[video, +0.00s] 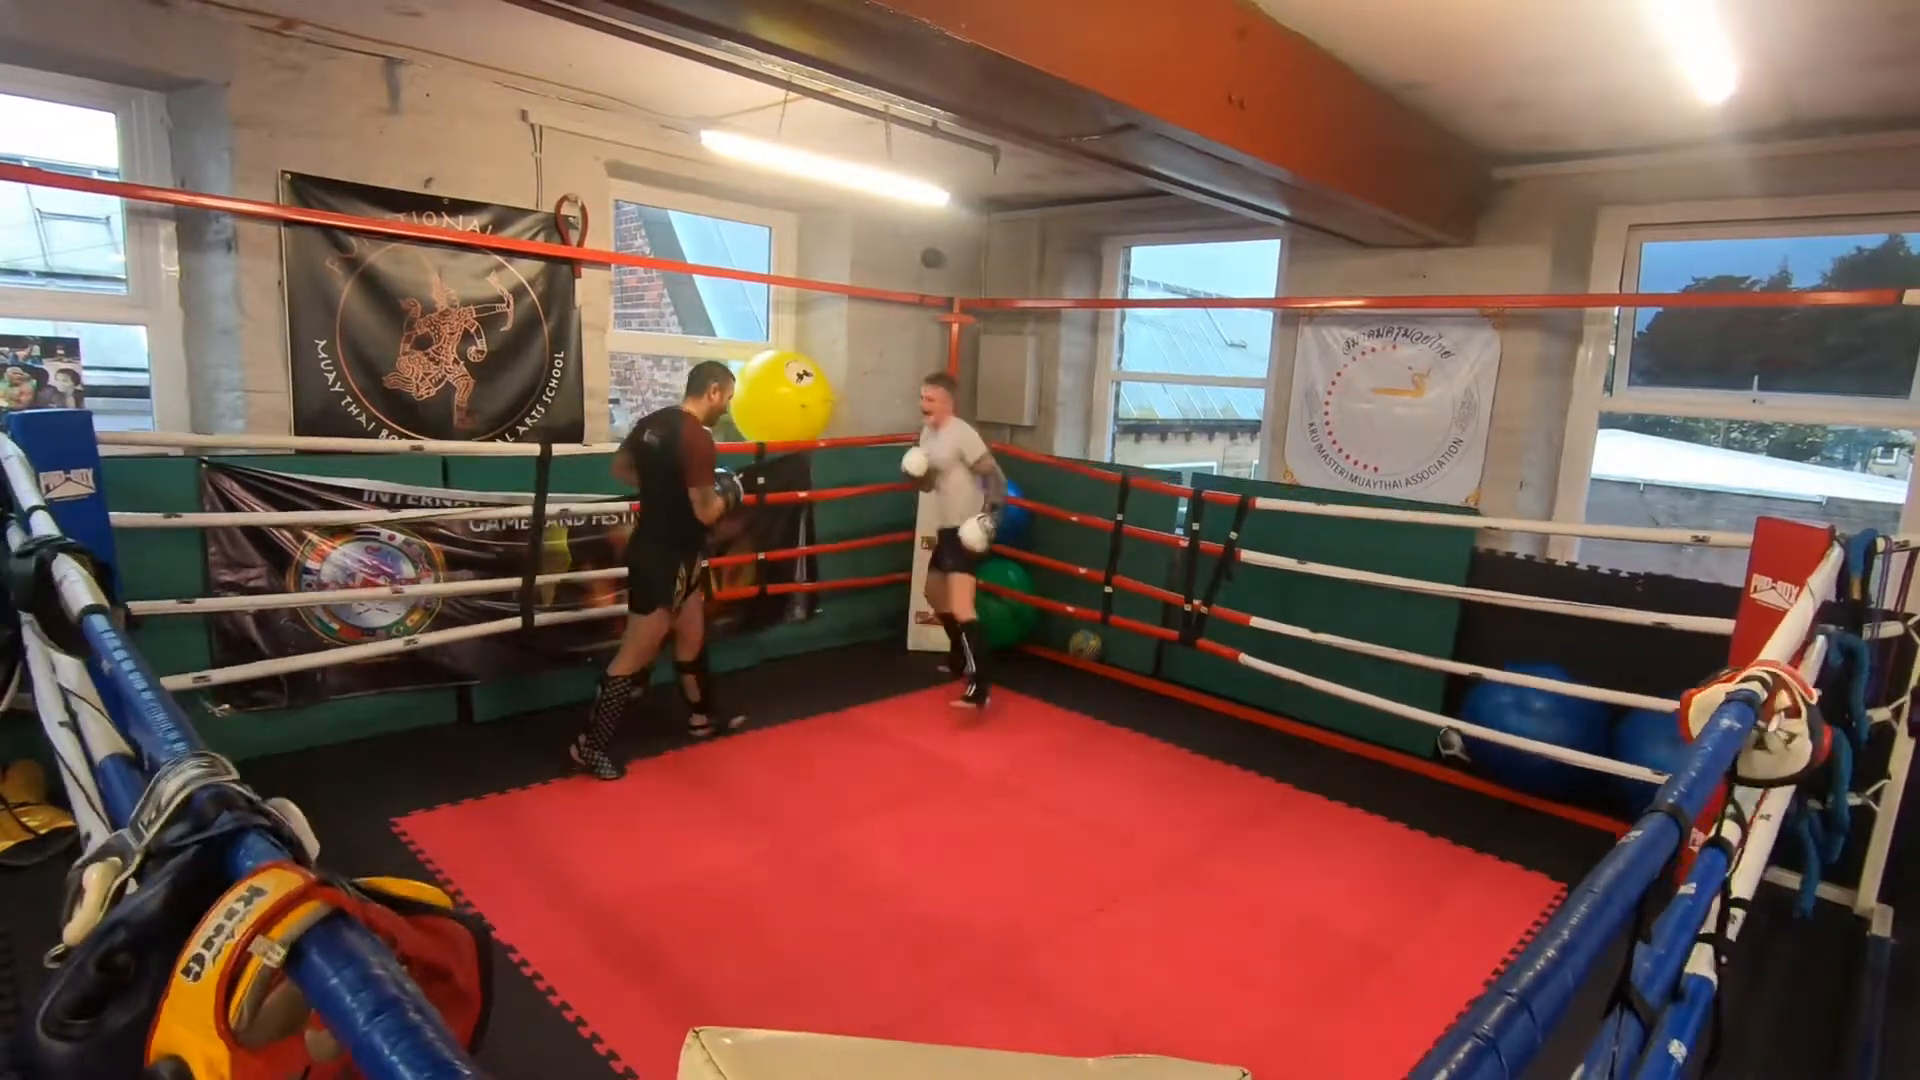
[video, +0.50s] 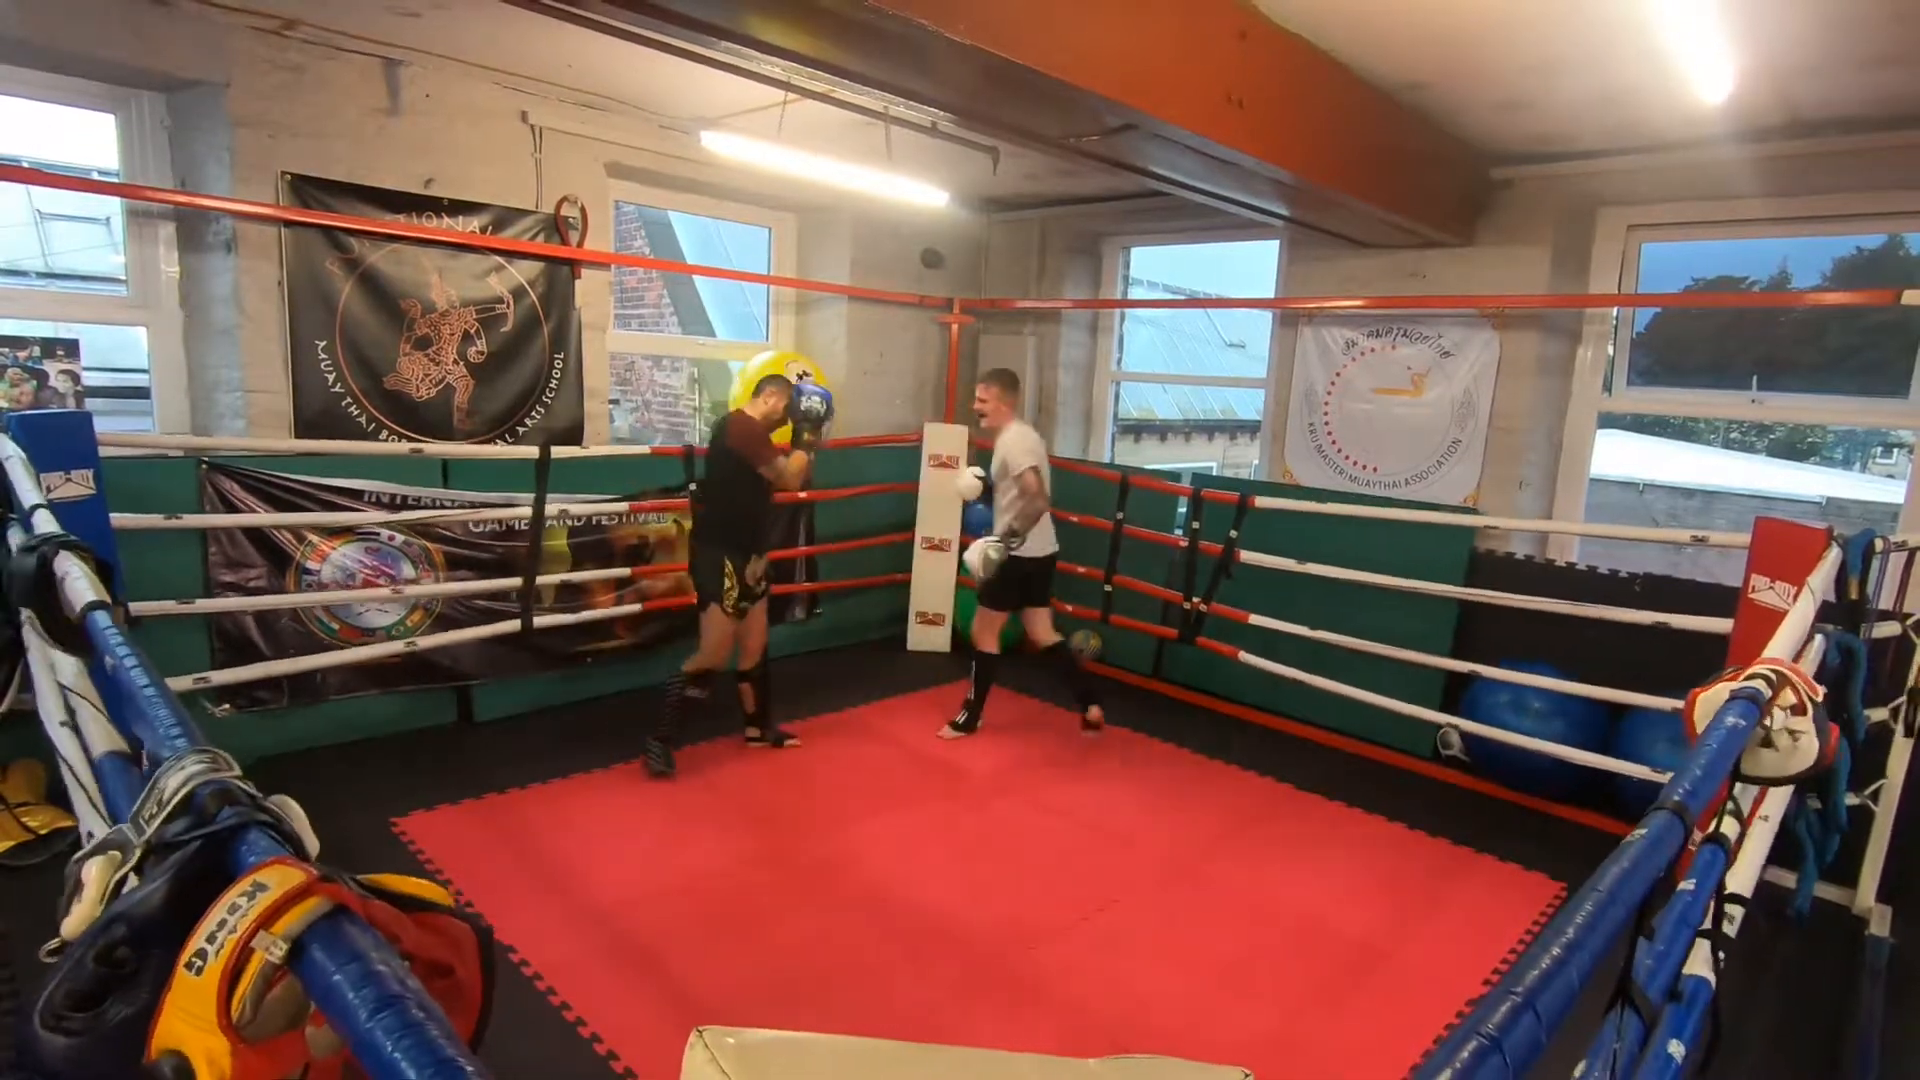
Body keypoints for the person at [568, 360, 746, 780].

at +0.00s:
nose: (727, 408)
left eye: (729, 400)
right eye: (727, 399)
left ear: (696, 390)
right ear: (713, 392)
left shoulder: (653, 422)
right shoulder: (696, 438)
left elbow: (621, 468)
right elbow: (706, 512)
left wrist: (665, 484)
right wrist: (730, 491)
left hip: (665, 550)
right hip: (666, 557)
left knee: (690, 636)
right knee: (639, 649)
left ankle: (701, 717)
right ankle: (591, 745)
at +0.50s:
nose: (783, 408)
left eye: (787, 403)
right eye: (780, 399)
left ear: (780, 407)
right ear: (763, 394)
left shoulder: (760, 435)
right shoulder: (740, 427)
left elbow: (790, 478)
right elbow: (789, 477)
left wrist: (807, 439)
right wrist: (808, 437)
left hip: (750, 552)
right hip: (720, 551)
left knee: (754, 645)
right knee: (715, 652)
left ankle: (758, 727)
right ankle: (661, 740)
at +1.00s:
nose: (789, 417)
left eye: (792, 410)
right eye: (785, 408)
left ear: (778, 407)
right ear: (761, 401)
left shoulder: (777, 439)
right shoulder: (727, 443)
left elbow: (794, 477)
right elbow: (768, 502)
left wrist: (825, 464)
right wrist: (796, 460)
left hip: (784, 559)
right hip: (742, 565)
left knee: (818, 638)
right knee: (735, 654)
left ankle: (786, 710)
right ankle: (715, 742)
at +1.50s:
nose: (832, 423)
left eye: (839, 419)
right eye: (829, 414)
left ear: (841, 422)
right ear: (813, 406)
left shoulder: (833, 447)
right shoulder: (775, 442)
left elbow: (870, 496)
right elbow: (814, 497)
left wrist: (886, 456)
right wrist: (840, 451)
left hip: (825, 570)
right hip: (776, 571)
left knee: (838, 665)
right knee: (751, 666)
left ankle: (846, 751)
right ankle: (724, 745)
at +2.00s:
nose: (826, 425)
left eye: (830, 418)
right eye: (818, 418)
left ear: (834, 416)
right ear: (795, 410)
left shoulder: (832, 442)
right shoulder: (763, 448)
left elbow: (871, 494)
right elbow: (804, 494)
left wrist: (868, 454)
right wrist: (837, 460)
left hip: (827, 571)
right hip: (775, 574)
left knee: (846, 668)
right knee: (755, 666)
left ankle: (851, 762)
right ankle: (733, 746)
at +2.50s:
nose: (822, 421)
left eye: (827, 415)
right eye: (815, 413)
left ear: (829, 416)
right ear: (795, 410)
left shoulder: (835, 446)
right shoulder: (764, 448)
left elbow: (868, 501)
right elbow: (795, 501)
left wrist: (888, 461)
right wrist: (821, 456)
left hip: (828, 574)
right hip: (775, 575)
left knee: (852, 669)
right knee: (753, 667)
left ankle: (853, 762)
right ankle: (733, 746)